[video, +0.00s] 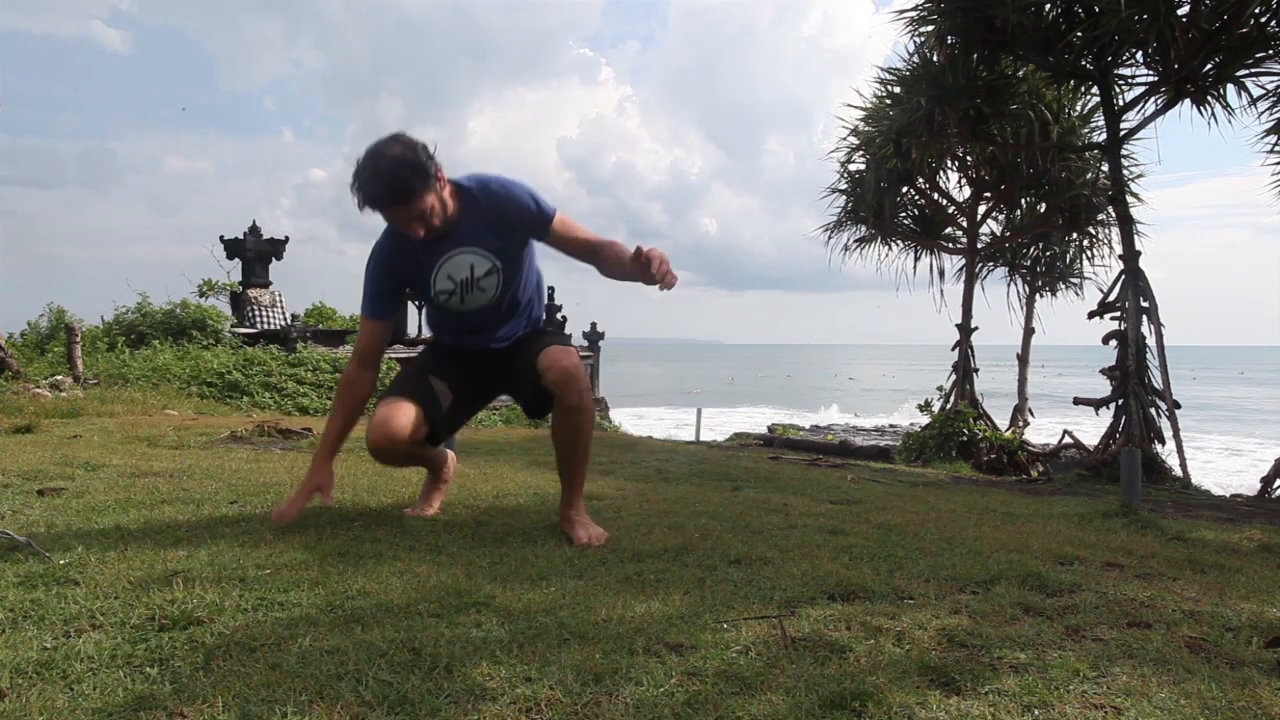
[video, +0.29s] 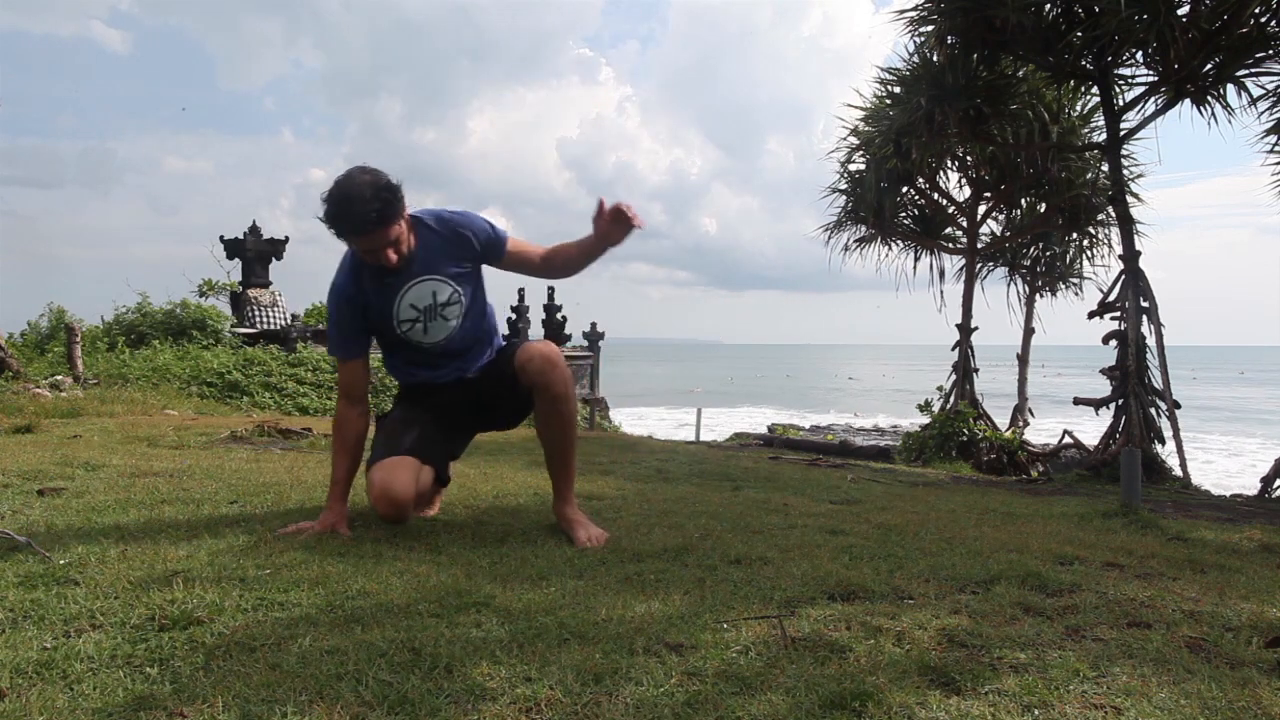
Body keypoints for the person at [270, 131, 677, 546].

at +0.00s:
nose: (415, 231)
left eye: (421, 215)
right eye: (399, 223)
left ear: (441, 182)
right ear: (383, 212)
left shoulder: (499, 199)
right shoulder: (390, 256)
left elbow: (591, 248)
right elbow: (363, 363)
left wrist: (638, 263)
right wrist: (322, 461)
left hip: (525, 343)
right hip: (454, 355)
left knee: (567, 370)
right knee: (385, 438)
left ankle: (574, 507)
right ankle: (443, 465)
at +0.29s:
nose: (388, 258)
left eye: (394, 242)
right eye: (372, 251)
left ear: (405, 212)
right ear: (348, 242)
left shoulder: (456, 232)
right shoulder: (349, 292)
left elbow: (544, 261)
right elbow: (352, 403)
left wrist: (599, 242)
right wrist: (334, 508)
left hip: (491, 379)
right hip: (424, 400)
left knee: (546, 359)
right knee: (389, 501)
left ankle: (566, 504)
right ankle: (434, 478)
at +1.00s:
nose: (438, 226)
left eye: (447, 212)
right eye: (425, 214)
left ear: (457, 199)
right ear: (393, 205)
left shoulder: (476, 246)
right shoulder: (362, 277)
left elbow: (536, 310)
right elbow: (347, 384)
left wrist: (600, 300)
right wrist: (325, 483)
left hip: (486, 392)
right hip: (416, 407)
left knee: (549, 357)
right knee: (393, 502)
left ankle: (530, 505)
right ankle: (432, 483)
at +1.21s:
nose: (488, 187)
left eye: (497, 175)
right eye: (478, 174)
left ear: (507, 170)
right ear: (446, 164)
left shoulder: (513, 228)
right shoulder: (399, 231)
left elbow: (557, 303)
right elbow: (344, 332)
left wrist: (631, 314)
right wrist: (303, 422)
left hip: (493, 362)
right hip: (422, 366)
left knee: (558, 363)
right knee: (403, 492)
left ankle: (530, 504)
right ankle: (431, 471)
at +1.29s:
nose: (507, 161)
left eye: (515, 151)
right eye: (498, 147)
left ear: (519, 153)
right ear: (461, 143)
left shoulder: (524, 214)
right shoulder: (408, 211)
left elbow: (562, 292)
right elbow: (356, 312)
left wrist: (635, 311)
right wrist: (308, 390)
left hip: (496, 354)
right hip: (424, 356)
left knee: (560, 362)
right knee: (406, 468)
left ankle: (530, 503)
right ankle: (423, 490)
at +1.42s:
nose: (534, 123)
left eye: (538, 112)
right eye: (526, 110)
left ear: (538, 110)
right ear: (488, 103)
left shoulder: (536, 175)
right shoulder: (428, 165)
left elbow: (565, 259)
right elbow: (387, 250)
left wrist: (635, 290)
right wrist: (348, 330)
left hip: (504, 329)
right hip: (433, 331)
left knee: (564, 361)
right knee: (403, 358)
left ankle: (530, 503)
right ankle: (408, 497)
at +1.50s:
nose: (543, 87)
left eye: (545, 73)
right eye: (531, 71)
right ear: (490, 71)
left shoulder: (540, 143)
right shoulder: (436, 136)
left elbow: (564, 224)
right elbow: (435, 224)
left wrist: (629, 260)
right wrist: (468, 231)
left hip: (514, 299)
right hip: (442, 300)